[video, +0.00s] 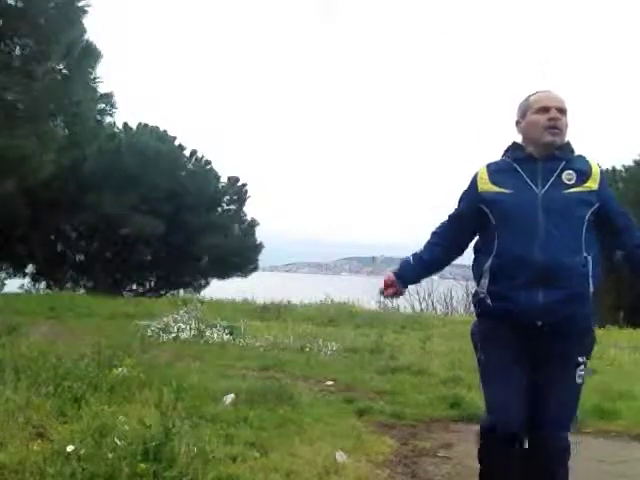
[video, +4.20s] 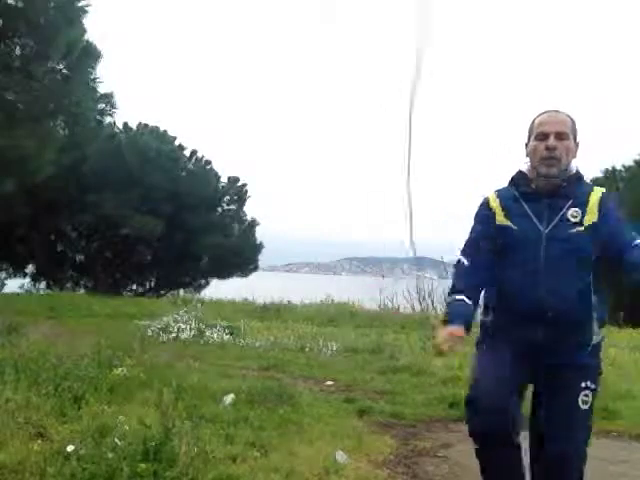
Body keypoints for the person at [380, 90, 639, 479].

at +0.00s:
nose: (555, 116)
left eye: (561, 111)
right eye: (543, 110)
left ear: (568, 124)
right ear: (520, 123)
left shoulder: (590, 177)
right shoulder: (490, 178)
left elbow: (627, 240)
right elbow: (450, 239)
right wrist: (404, 274)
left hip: (568, 327)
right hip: (501, 324)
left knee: (552, 437)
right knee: (504, 428)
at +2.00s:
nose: (559, 148)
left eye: (569, 142)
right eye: (551, 142)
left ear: (584, 154)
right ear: (539, 153)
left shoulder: (611, 206)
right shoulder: (508, 206)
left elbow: (630, 268)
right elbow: (481, 263)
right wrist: (441, 297)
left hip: (581, 353)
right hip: (516, 349)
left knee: (577, 456)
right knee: (510, 429)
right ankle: (527, 476)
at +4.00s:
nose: (553, 129)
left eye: (563, 122)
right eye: (544, 122)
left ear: (577, 133)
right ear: (530, 132)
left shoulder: (602, 186)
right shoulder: (496, 182)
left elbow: (632, 242)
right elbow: (456, 233)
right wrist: (407, 265)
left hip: (574, 333)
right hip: (508, 331)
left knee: (560, 438)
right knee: (513, 439)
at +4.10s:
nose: (552, 152)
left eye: (562, 146)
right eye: (543, 146)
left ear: (577, 158)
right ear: (529, 156)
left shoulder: (605, 211)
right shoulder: (495, 209)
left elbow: (636, 248)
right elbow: (448, 257)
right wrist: (391, 280)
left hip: (574, 355)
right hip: (506, 351)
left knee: (559, 454)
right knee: (495, 429)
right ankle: (524, 473)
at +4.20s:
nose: (550, 145)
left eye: (560, 138)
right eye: (542, 137)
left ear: (575, 148)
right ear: (528, 147)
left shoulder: (598, 204)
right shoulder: (497, 205)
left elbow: (629, 253)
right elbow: (472, 266)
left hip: (572, 347)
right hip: (505, 343)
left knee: (562, 453)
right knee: (487, 413)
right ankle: (505, 474)